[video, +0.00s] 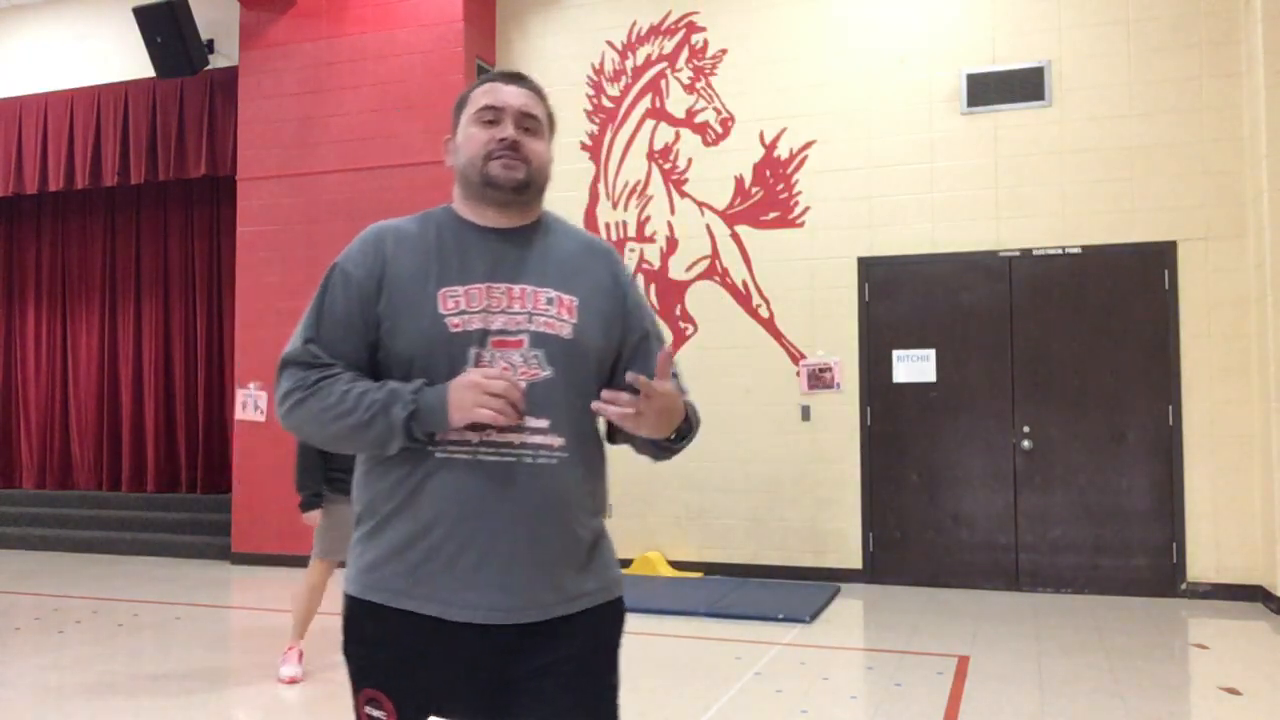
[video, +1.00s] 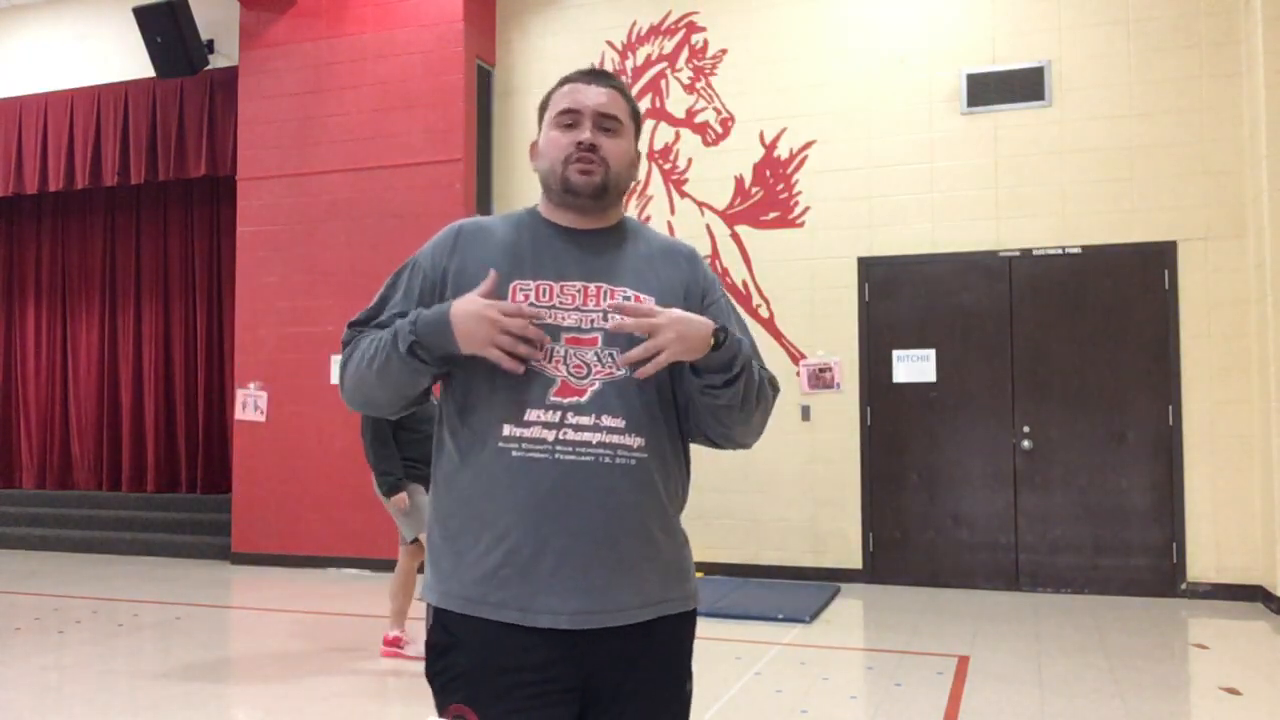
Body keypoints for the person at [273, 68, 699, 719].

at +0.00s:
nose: (509, 132)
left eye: (529, 124)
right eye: (488, 118)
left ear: (552, 154)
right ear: (450, 145)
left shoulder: (597, 266)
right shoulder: (384, 253)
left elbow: (656, 410)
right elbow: (301, 390)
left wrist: (672, 422)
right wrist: (430, 405)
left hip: (565, 608)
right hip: (408, 606)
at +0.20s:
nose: (542, 123)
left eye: (564, 117)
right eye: (521, 110)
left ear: (588, 152)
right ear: (483, 140)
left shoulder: (636, 264)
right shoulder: (414, 247)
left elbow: (701, 418)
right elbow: (333, 388)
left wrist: (690, 412)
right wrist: (458, 411)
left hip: (596, 612)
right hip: (437, 611)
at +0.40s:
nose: (566, 119)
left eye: (590, 115)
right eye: (547, 106)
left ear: (614, 156)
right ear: (510, 137)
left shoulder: (659, 262)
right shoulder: (436, 247)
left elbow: (721, 424)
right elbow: (346, 384)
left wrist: (726, 388)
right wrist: (456, 404)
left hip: (620, 617)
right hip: (459, 615)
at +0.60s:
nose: (579, 123)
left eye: (604, 118)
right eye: (562, 110)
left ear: (631, 158)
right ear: (527, 139)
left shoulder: (676, 265)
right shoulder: (451, 248)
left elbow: (735, 422)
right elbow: (354, 370)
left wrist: (748, 364)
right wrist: (434, 387)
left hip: (632, 618)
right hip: (474, 616)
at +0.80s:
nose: (584, 128)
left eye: (608, 119)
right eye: (567, 114)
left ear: (638, 157)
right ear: (535, 142)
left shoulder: (682, 268)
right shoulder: (460, 247)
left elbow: (742, 425)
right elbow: (359, 370)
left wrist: (728, 356)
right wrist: (436, 358)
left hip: (638, 613)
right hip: (485, 609)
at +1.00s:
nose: (587, 136)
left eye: (609, 125)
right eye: (568, 122)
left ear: (637, 159)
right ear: (535, 149)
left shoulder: (680, 270)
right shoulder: (465, 247)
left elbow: (740, 425)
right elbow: (362, 382)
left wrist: (714, 346)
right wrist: (441, 330)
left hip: (640, 612)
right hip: (488, 609)